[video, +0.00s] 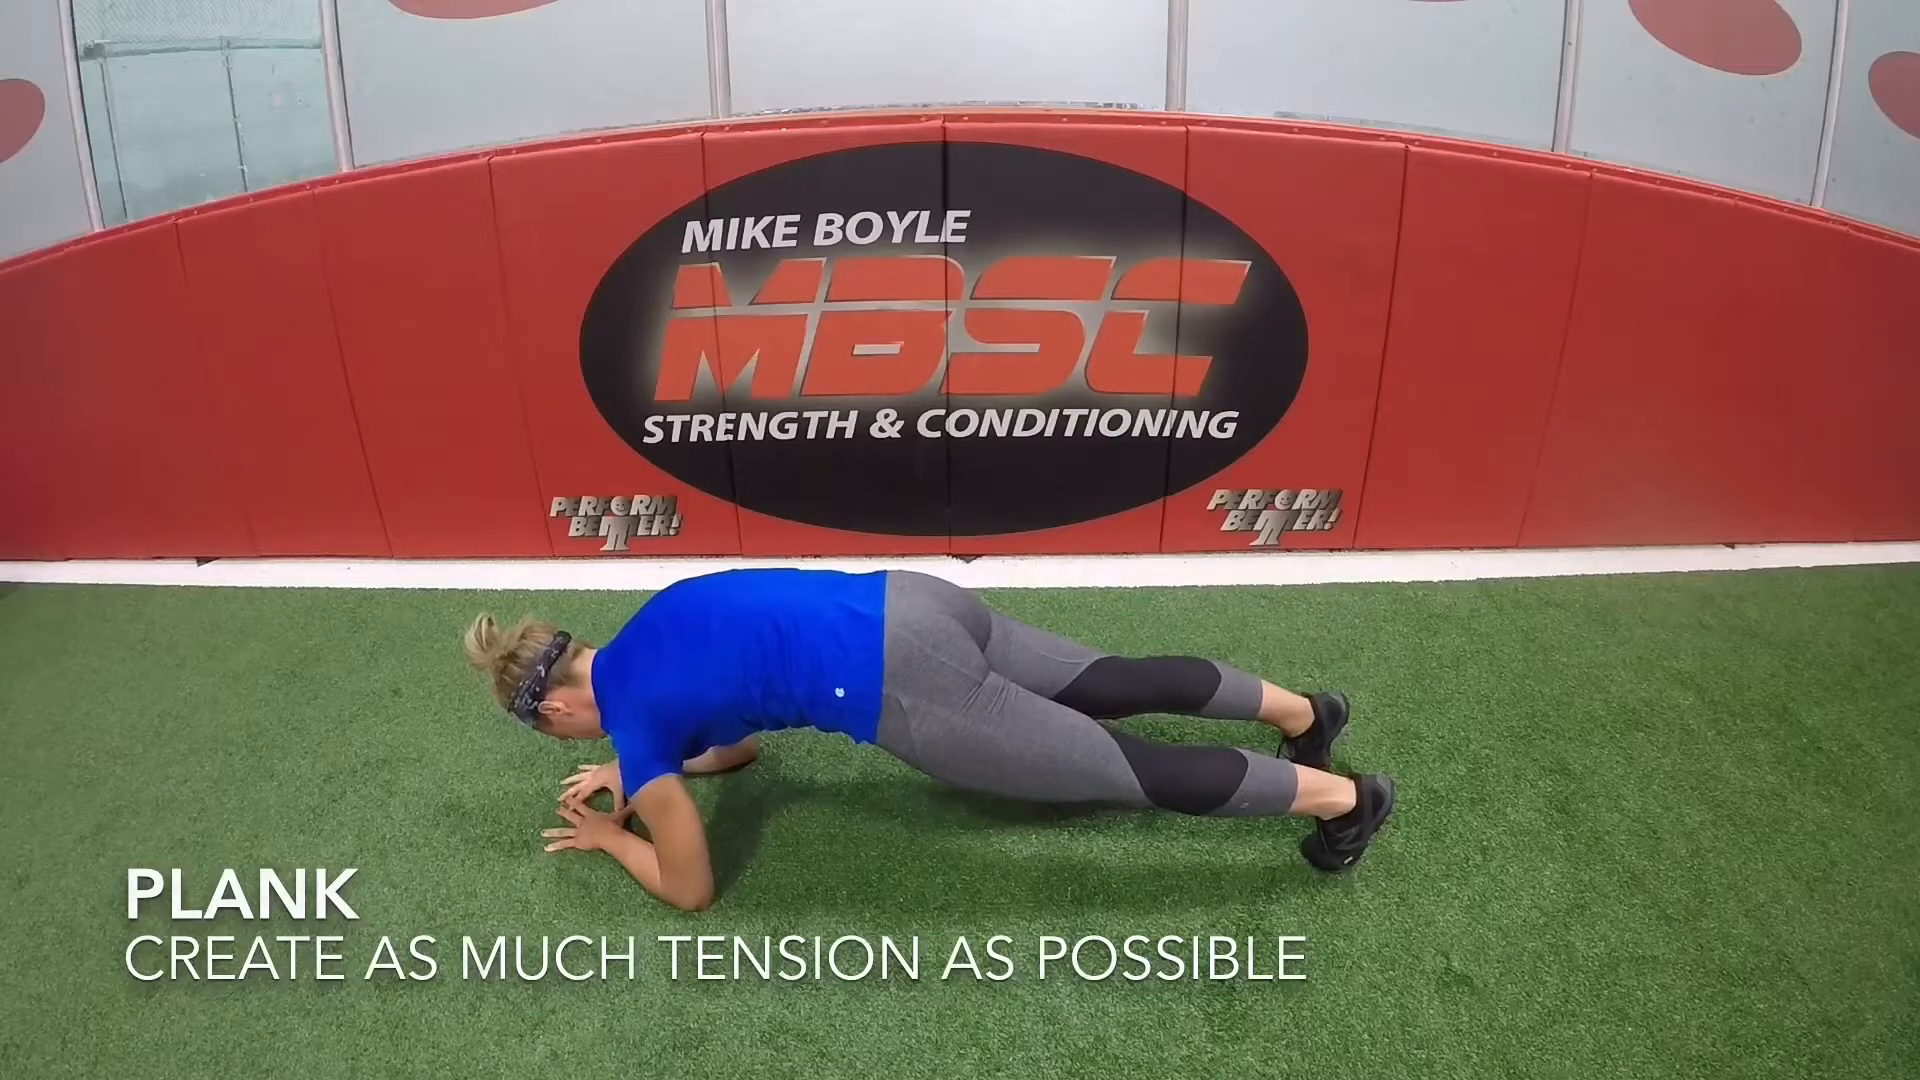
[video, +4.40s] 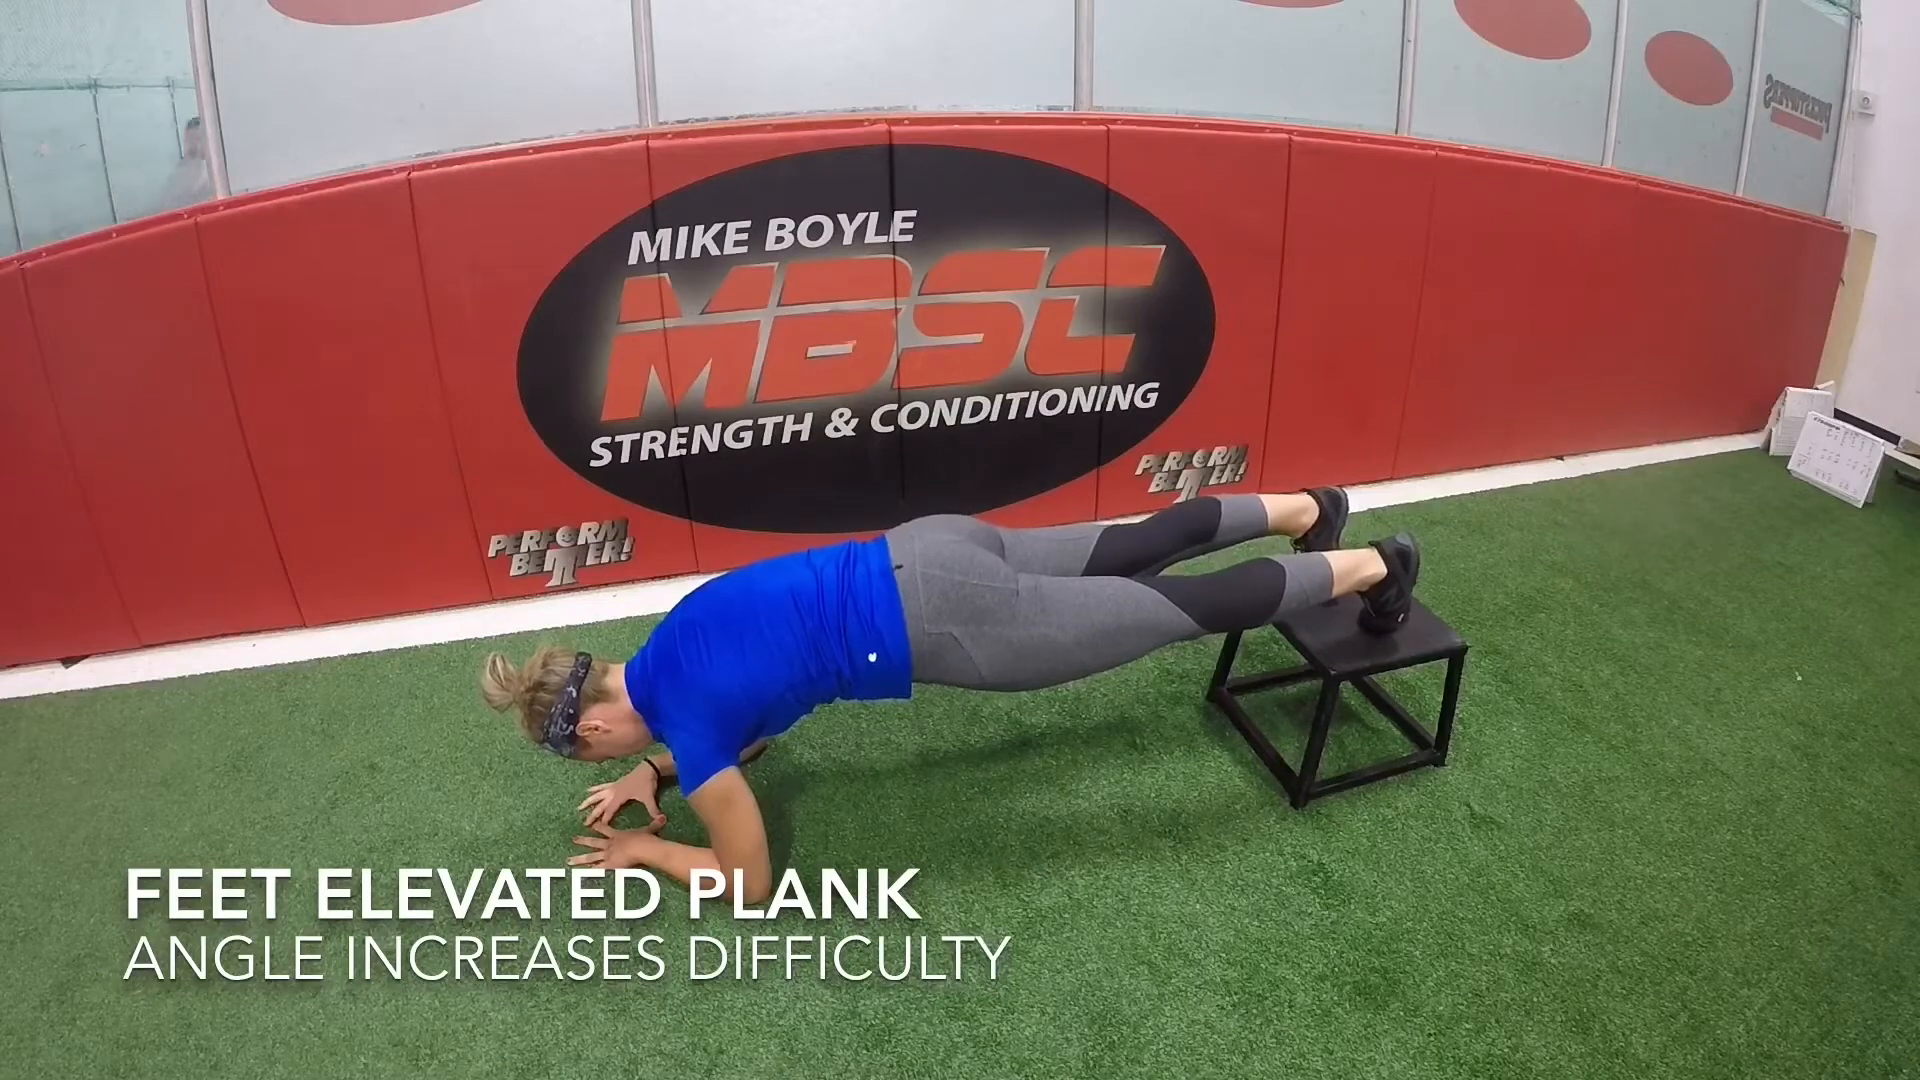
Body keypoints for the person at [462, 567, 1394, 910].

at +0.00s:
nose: (570, 737)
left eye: (555, 730)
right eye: (559, 730)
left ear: (561, 700)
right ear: (575, 649)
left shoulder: (633, 717)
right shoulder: (657, 612)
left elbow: (687, 885)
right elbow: (738, 742)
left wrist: (613, 840)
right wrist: (639, 778)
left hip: (899, 689)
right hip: (915, 594)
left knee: (1133, 771)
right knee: (1111, 680)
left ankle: (1342, 796)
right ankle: (1307, 715)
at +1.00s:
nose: (582, 744)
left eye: (564, 732)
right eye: (569, 734)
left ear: (575, 703)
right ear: (581, 660)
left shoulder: (650, 711)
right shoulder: (653, 627)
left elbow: (739, 878)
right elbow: (739, 759)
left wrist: (629, 852)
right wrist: (649, 782)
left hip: (897, 681)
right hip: (906, 583)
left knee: (1106, 774)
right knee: (1082, 670)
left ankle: (1325, 791)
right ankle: (1283, 706)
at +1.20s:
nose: (594, 755)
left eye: (578, 741)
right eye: (580, 745)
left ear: (592, 707)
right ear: (589, 677)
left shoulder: (681, 720)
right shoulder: (658, 640)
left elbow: (744, 880)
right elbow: (746, 756)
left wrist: (641, 858)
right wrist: (659, 808)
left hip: (926, 626)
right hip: (905, 544)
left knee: (1147, 611)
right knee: (1101, 556)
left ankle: (1330, 572)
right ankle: (1260, 514)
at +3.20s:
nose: (609, 752)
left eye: (593, 743)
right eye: (597, 745)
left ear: (602, 710)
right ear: (601, 670)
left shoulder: (689, 717)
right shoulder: (673, 629)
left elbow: (748, 878)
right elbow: (749, 741)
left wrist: (645, 852)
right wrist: (660, 792)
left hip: (942, 629)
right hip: (921, 540)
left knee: (1176, 607)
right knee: (1119, 544)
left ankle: (1346, 566)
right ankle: (1276, 508)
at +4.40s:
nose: (609, 755)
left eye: (593, 746)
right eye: (597, 748)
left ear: (601, 711)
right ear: (600, 673)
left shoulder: (689, 719)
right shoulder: (670, 631)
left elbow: (746, 878)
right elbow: (749, 736)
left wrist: (646, 851)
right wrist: (660, 792)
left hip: (935, 626)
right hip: (918, 539)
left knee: (1165, 613)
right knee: (1114, 547)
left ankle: (1345, 570)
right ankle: (1274, 507)